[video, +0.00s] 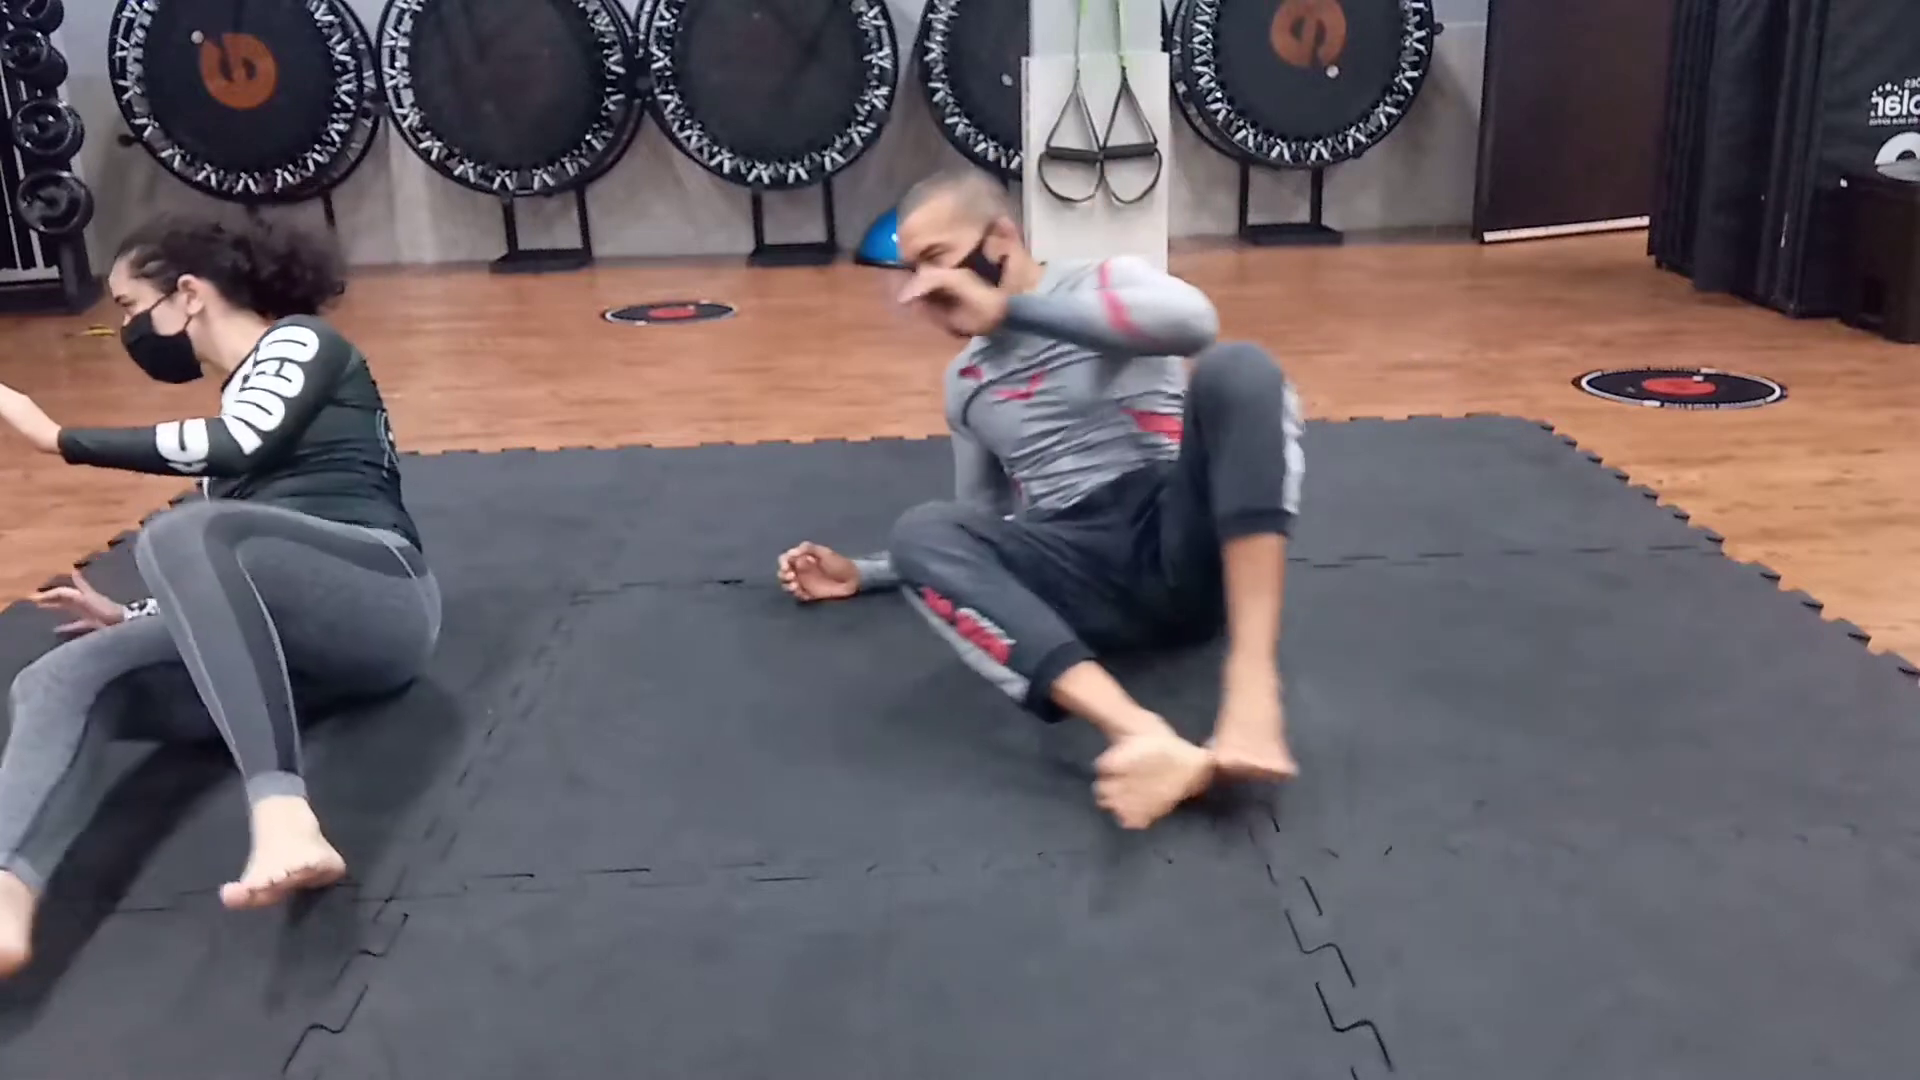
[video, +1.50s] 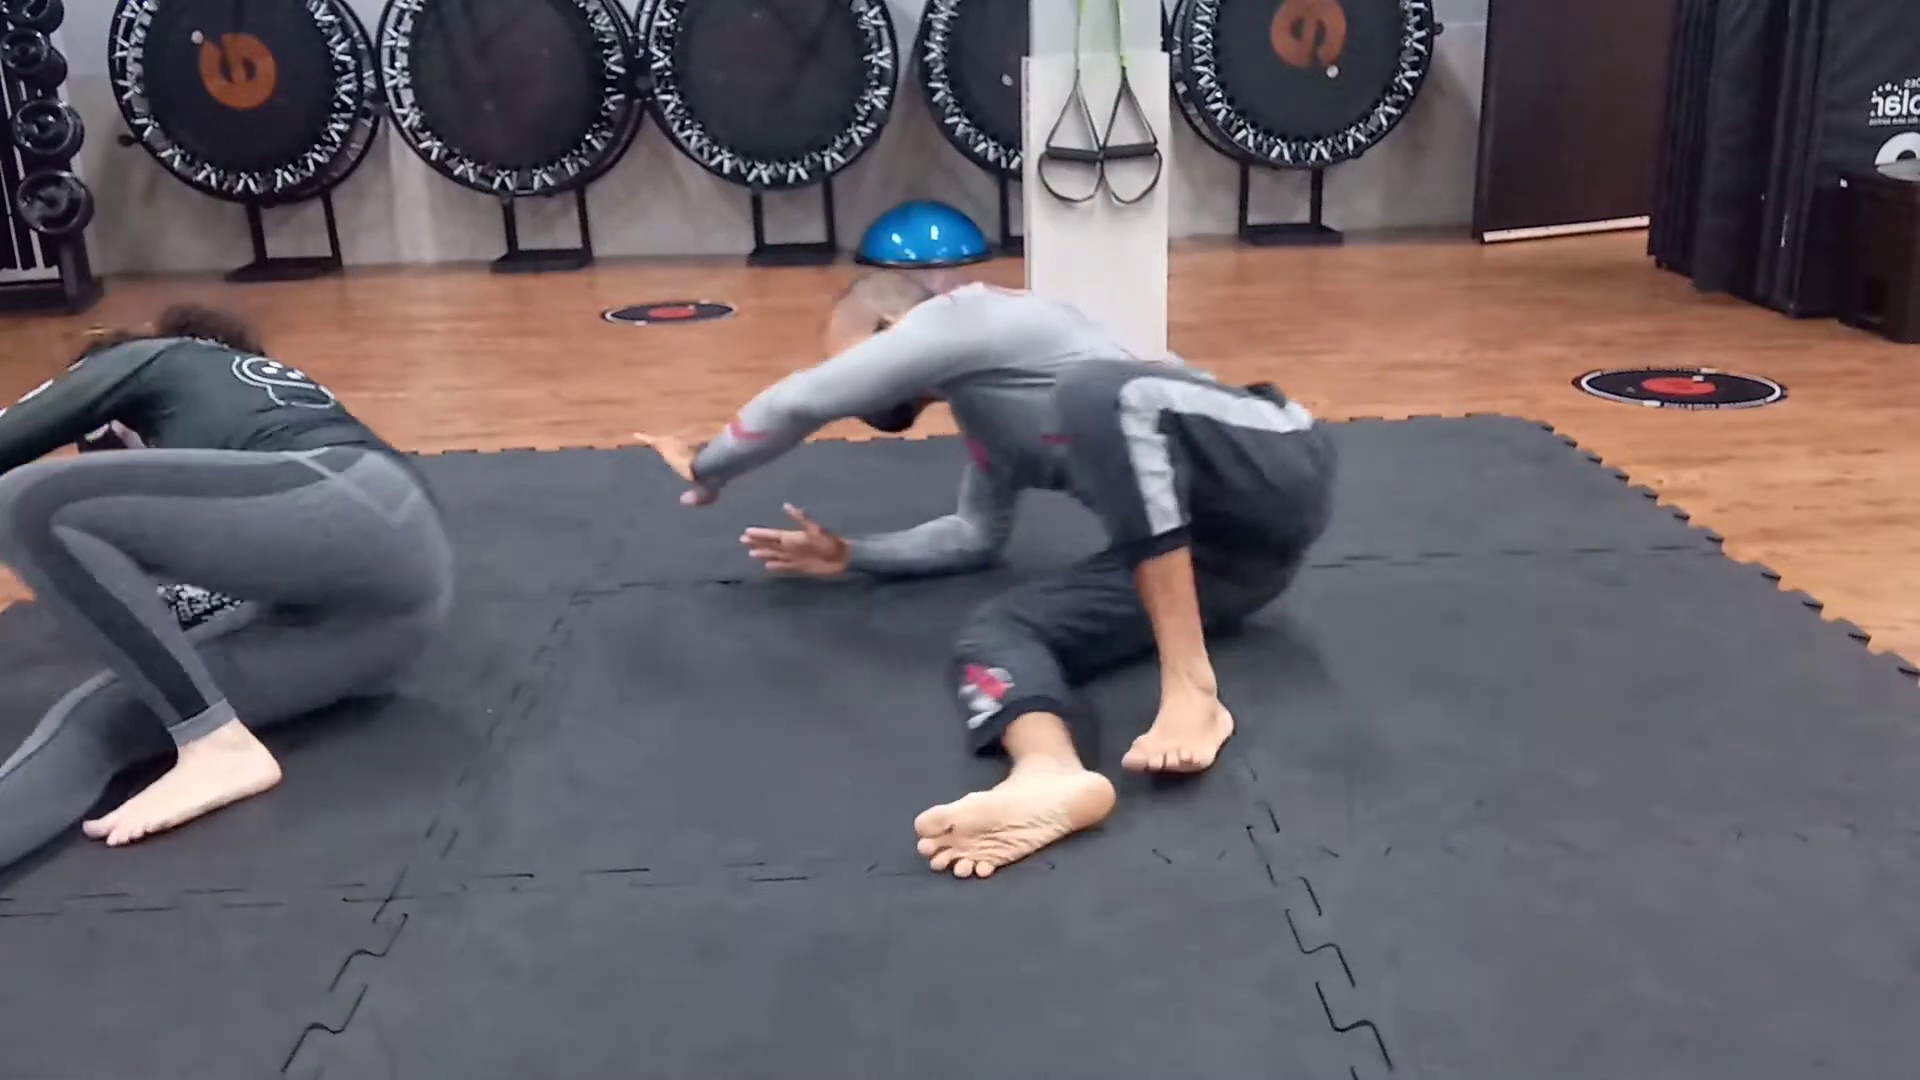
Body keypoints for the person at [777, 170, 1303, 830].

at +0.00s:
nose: (925, 287)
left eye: (938, 260)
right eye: (914, 272)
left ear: (1002, 242)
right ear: (914, 281)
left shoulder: (1103, 284)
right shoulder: (967, 386)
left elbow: (1194, 323)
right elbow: (977, 526)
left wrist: (1010, 308)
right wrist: (863, 574)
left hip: (1182, 536)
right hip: (1071, 570)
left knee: (1240, 367)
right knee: (920, 536)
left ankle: (1253, 689)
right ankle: (1143, 736)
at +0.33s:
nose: (876, 302)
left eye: (882, 277)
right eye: (869, 291)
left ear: (947, 251)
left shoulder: (1054, 274)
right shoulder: (956, 385)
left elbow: (1074, 320)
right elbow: (972, 524)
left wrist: (900, 334)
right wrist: (847, 574)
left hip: (1154, 532)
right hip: (1044, 570)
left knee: (1129, 349)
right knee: (857, 579)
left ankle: (1183, 657)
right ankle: (1033, 768)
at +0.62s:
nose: (849, 329)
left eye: (848, 300)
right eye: (840, 318)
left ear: (901, 268)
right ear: (903, 277)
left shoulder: (1015, 275)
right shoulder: (955, 391)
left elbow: (969, 335)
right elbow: (971, 529)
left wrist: (840, 381)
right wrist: (843, 558)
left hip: (1152, 541)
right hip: (1034, 586)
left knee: (1046, 379)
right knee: (829, 640)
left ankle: (1175, 667)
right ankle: (1020, 770)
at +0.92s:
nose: (837, 359)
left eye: (834, 335)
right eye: (823, 346)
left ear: (873, 292)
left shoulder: (962, 286)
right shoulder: (963, 398)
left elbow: (860, 373)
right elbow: (976, 531)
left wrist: (791, 432)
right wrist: (843, 555)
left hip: (1167, 517)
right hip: (1064, 578)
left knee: (993, 419)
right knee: (840, 643)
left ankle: (1175, 676)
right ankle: (1001, 775)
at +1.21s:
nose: (841, 354)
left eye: (839, 335)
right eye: (841, 340)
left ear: (869, 302)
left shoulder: (952, 299)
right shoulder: (964, 414)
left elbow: (806, 374)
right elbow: (985, 533)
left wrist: (747, 444)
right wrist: (845, 554)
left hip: (1205, 495)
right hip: (1108, 578)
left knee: (1010, 423)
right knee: (888, 634)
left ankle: (1183, 688)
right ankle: (1007, 769)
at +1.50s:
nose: (857, 379)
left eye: (859, 352)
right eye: (850, 364)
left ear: (906, 313)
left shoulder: (973, 312)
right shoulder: (1001, 420)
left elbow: (796, 403)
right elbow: (976, 532)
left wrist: (707, 466)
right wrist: (848, 556)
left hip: (1280, 471)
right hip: (1210, 565)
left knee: (1099, 390)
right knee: (997, 626)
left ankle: (1189, 688)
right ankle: (1051, 769)